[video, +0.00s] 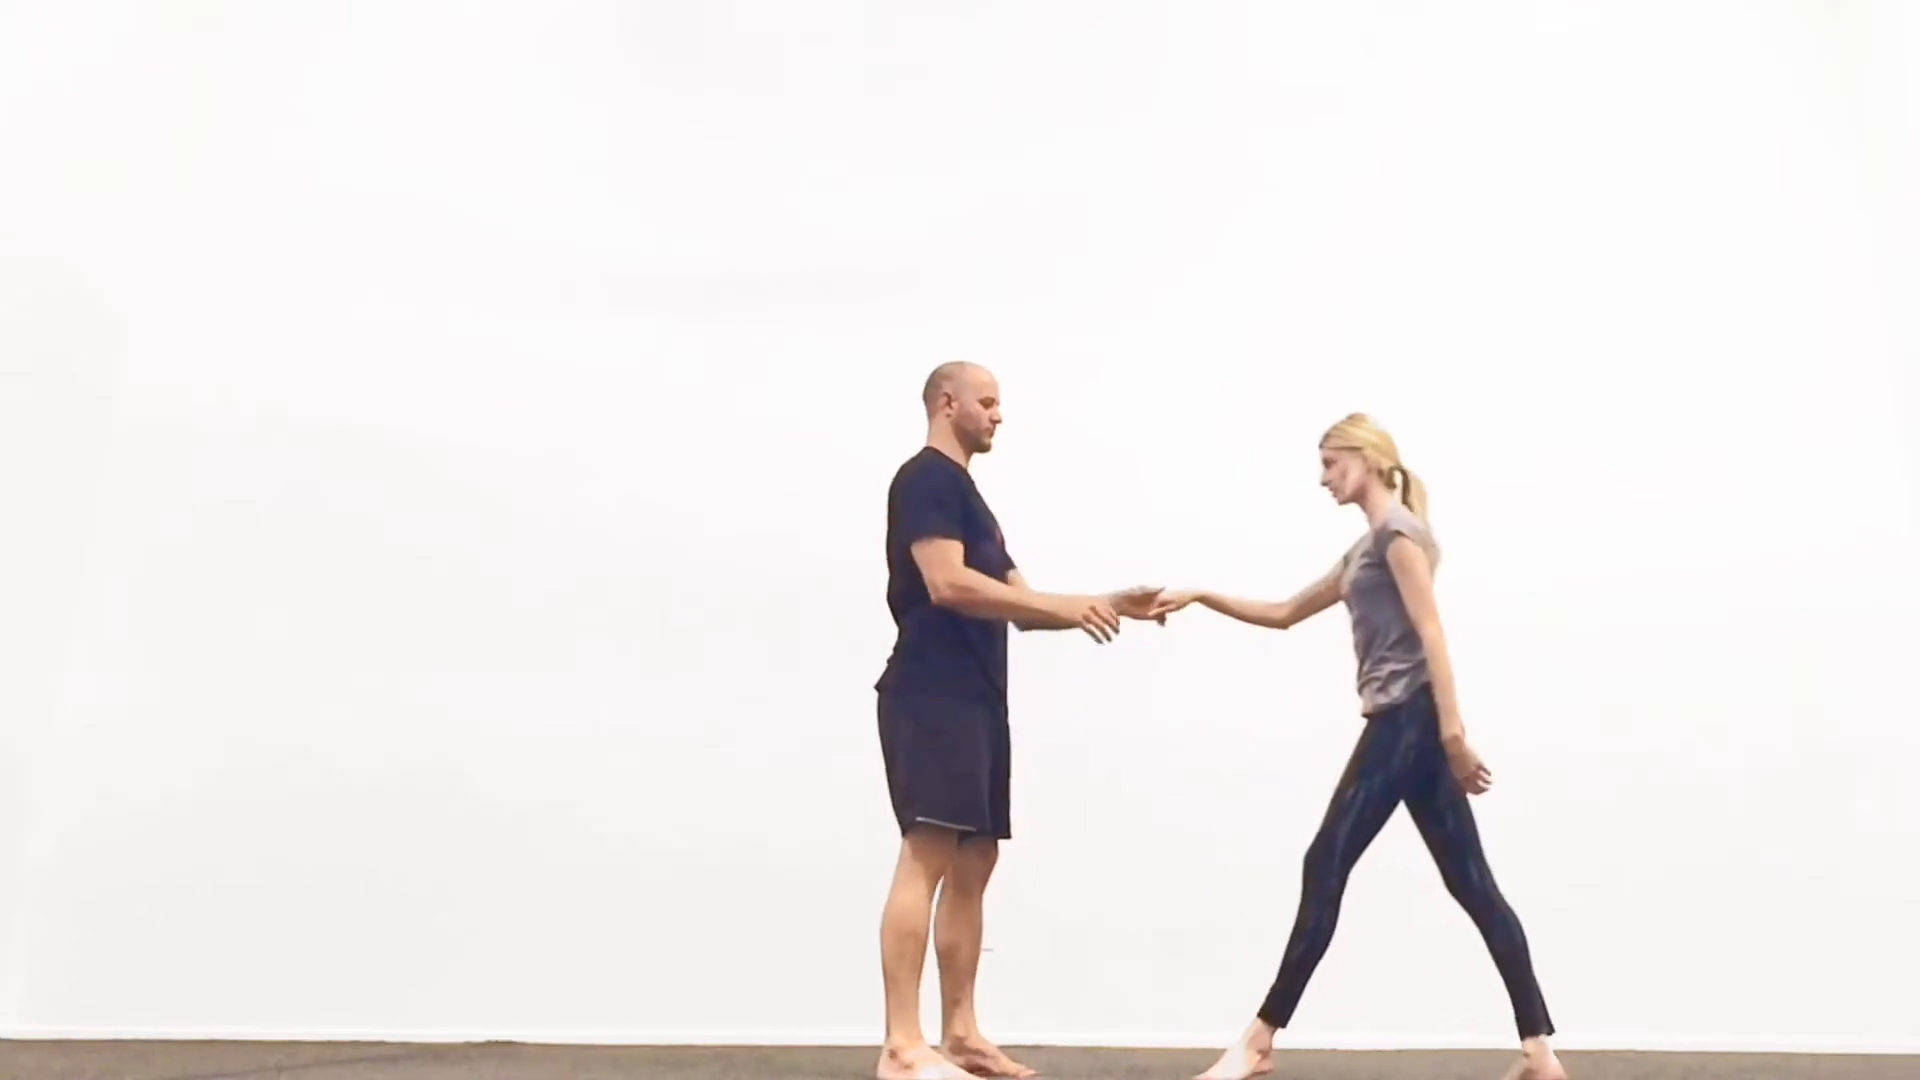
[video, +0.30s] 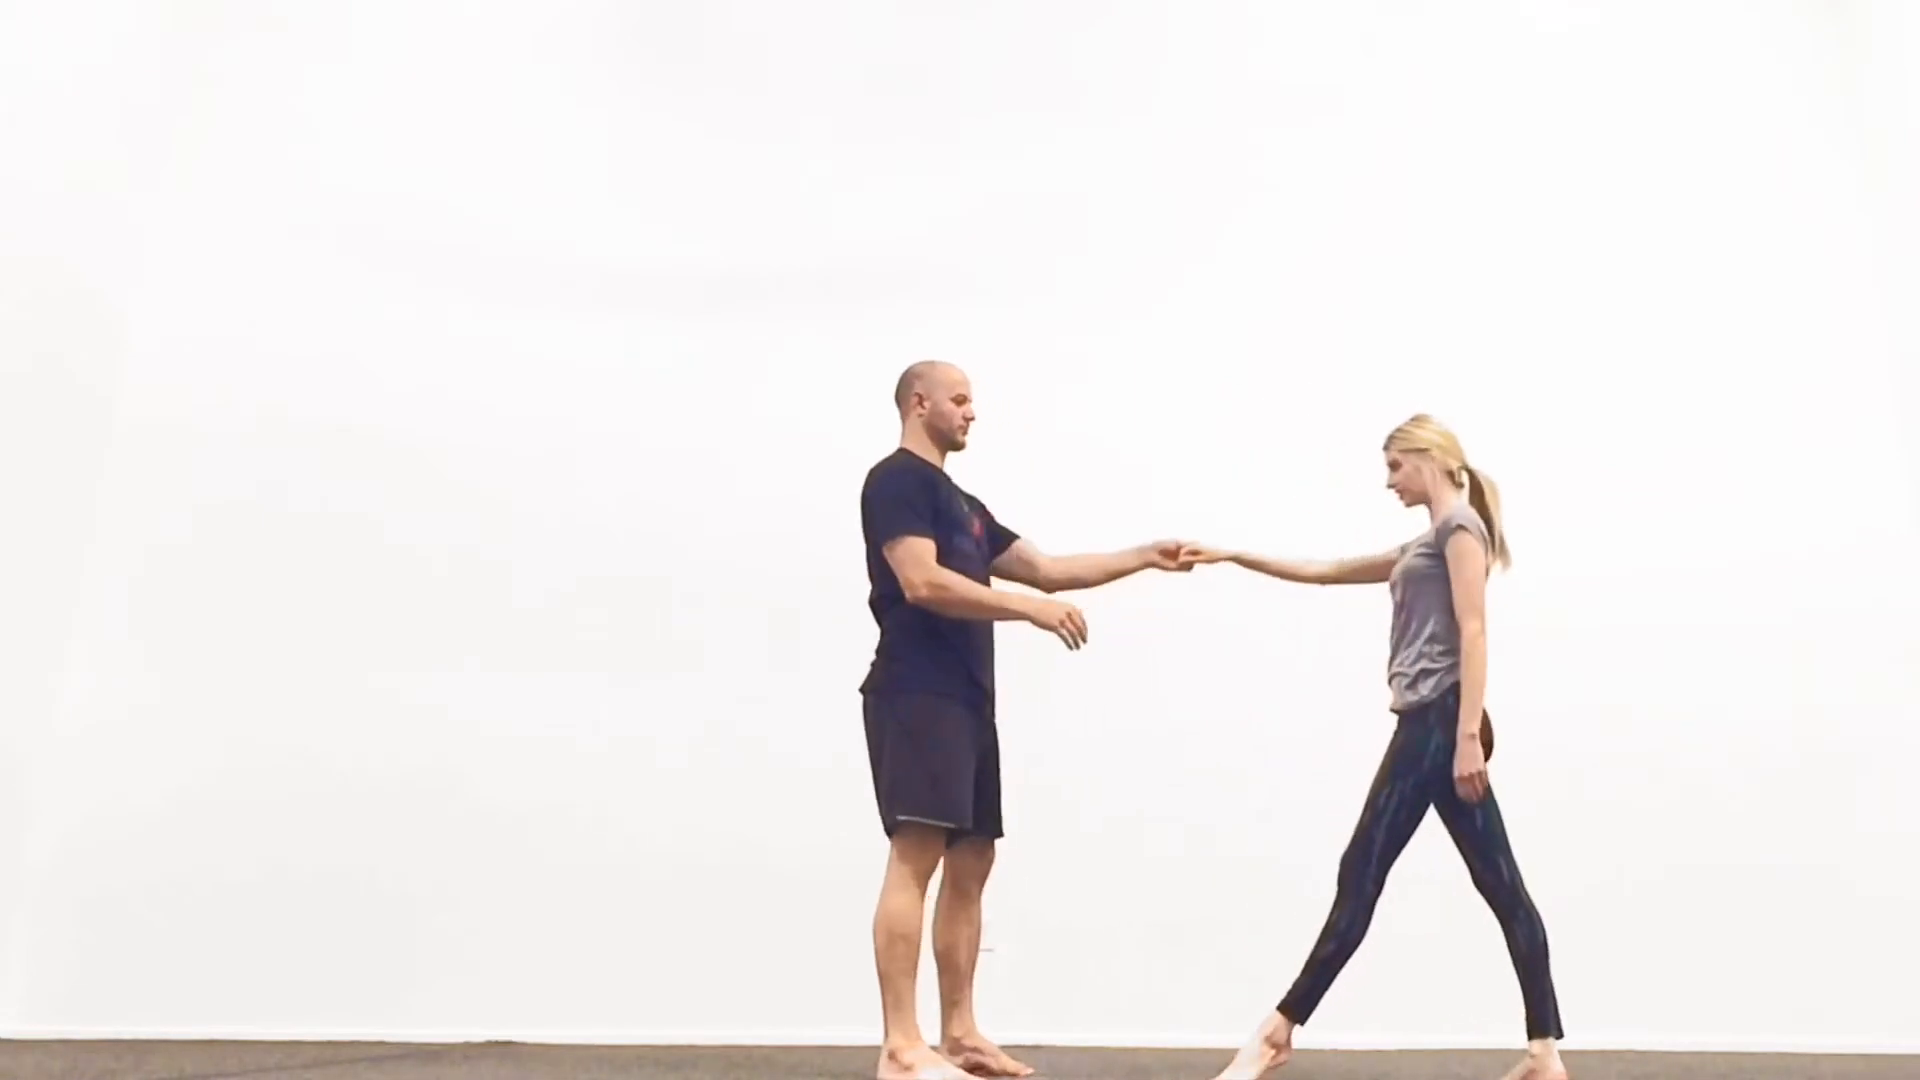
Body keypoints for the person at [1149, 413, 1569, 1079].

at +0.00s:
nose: (1325, 476)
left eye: (1333, 462)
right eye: (1323, 465)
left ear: (1370, 462)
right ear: (1357, 469)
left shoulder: (1397, 535)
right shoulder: (1366, 547)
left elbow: (1431, 632)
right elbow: (1284, 613)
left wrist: (1453, 733)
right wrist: (1196, 593)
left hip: (1402, 719)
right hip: (1414, 720)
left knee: (1326, 863)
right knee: (1475, 886)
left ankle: (1260, 1037)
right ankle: (1539, 1048)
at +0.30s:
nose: (1390, 478)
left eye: (1397, 464)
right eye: (1389, 467)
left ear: (1434, 463)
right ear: (1427, 468)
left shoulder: (1458, 530)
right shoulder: (1423, 545)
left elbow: (1473, 629)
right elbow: (1320, 570)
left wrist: (1468, 734)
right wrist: (1228, 555)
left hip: (1431, 721)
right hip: (1441, 719)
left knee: (1361, 869)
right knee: (1503, 887)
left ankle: (1279, 1029)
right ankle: (1544, 1048)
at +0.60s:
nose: (1356, 467)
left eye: (1364, 454)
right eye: (1356, 456)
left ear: (1402, 455)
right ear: (1395, 459)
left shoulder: (1422, 524)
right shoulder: (1379, 536)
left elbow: (1436, 620)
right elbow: (1286, 573)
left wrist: (1422, 713)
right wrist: (1199, 552)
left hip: (1390, 715)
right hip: (1386, 714)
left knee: (1330, 869)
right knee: (1449, 880)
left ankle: (1279, 1050)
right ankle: (1533, 1037)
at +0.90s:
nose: (1240, 451)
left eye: (1247, 438)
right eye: (1240, 440)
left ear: (1282, 440)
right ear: (1272, 446)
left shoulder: (1305, 505)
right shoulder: (1259, 519)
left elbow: (1284, 555)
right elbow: (1171, 550)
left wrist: (1199, 604)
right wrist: (1105, 521)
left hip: (1290, 705)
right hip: (1252, 706)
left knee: (1288, 873)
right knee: (1172, 846)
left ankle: (1279, 1054)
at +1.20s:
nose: (1091, 458)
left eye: (1100, 445)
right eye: (1092, 446)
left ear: (1132, 445)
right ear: (1131, 448)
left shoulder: (1155, 499)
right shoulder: (1117, 513)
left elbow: (1054, 500)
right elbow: (1032, 513)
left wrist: (950, 482)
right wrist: (949, 492)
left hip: (1179, 712)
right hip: (1134, 718)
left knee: (1226, 876)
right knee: (1046, 846)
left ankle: (1274, 1047)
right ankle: (992, 1009)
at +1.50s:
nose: (900, 510)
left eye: (910, 498)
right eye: (901, 498)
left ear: (943, 504)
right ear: (930, 509)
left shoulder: (961, 557)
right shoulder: (922, 576)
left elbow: (834, 560)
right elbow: (818, 579)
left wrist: (730, 541)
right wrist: (725, 571)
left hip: (1047, 741)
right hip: (1001, 767)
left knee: (1153, 866)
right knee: (913, 886)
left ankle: (1272, 1011)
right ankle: (989, 1042)